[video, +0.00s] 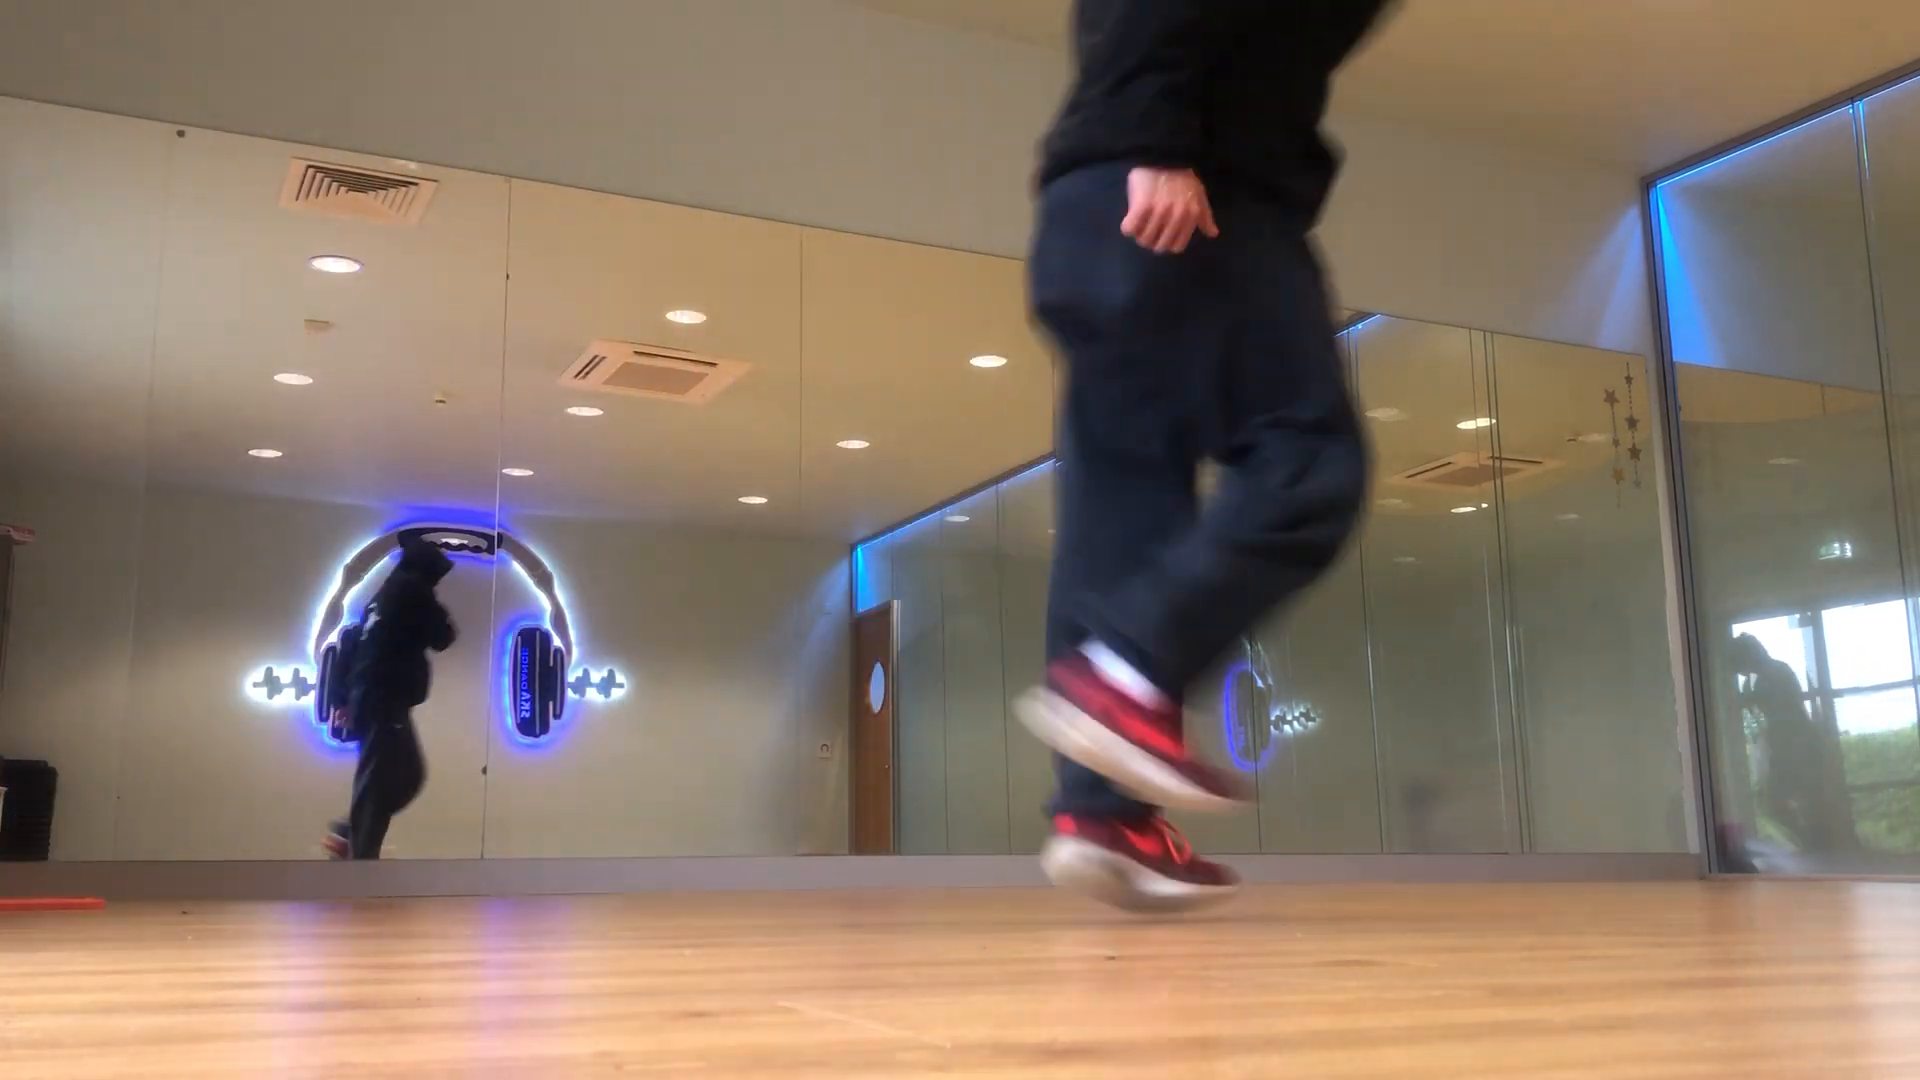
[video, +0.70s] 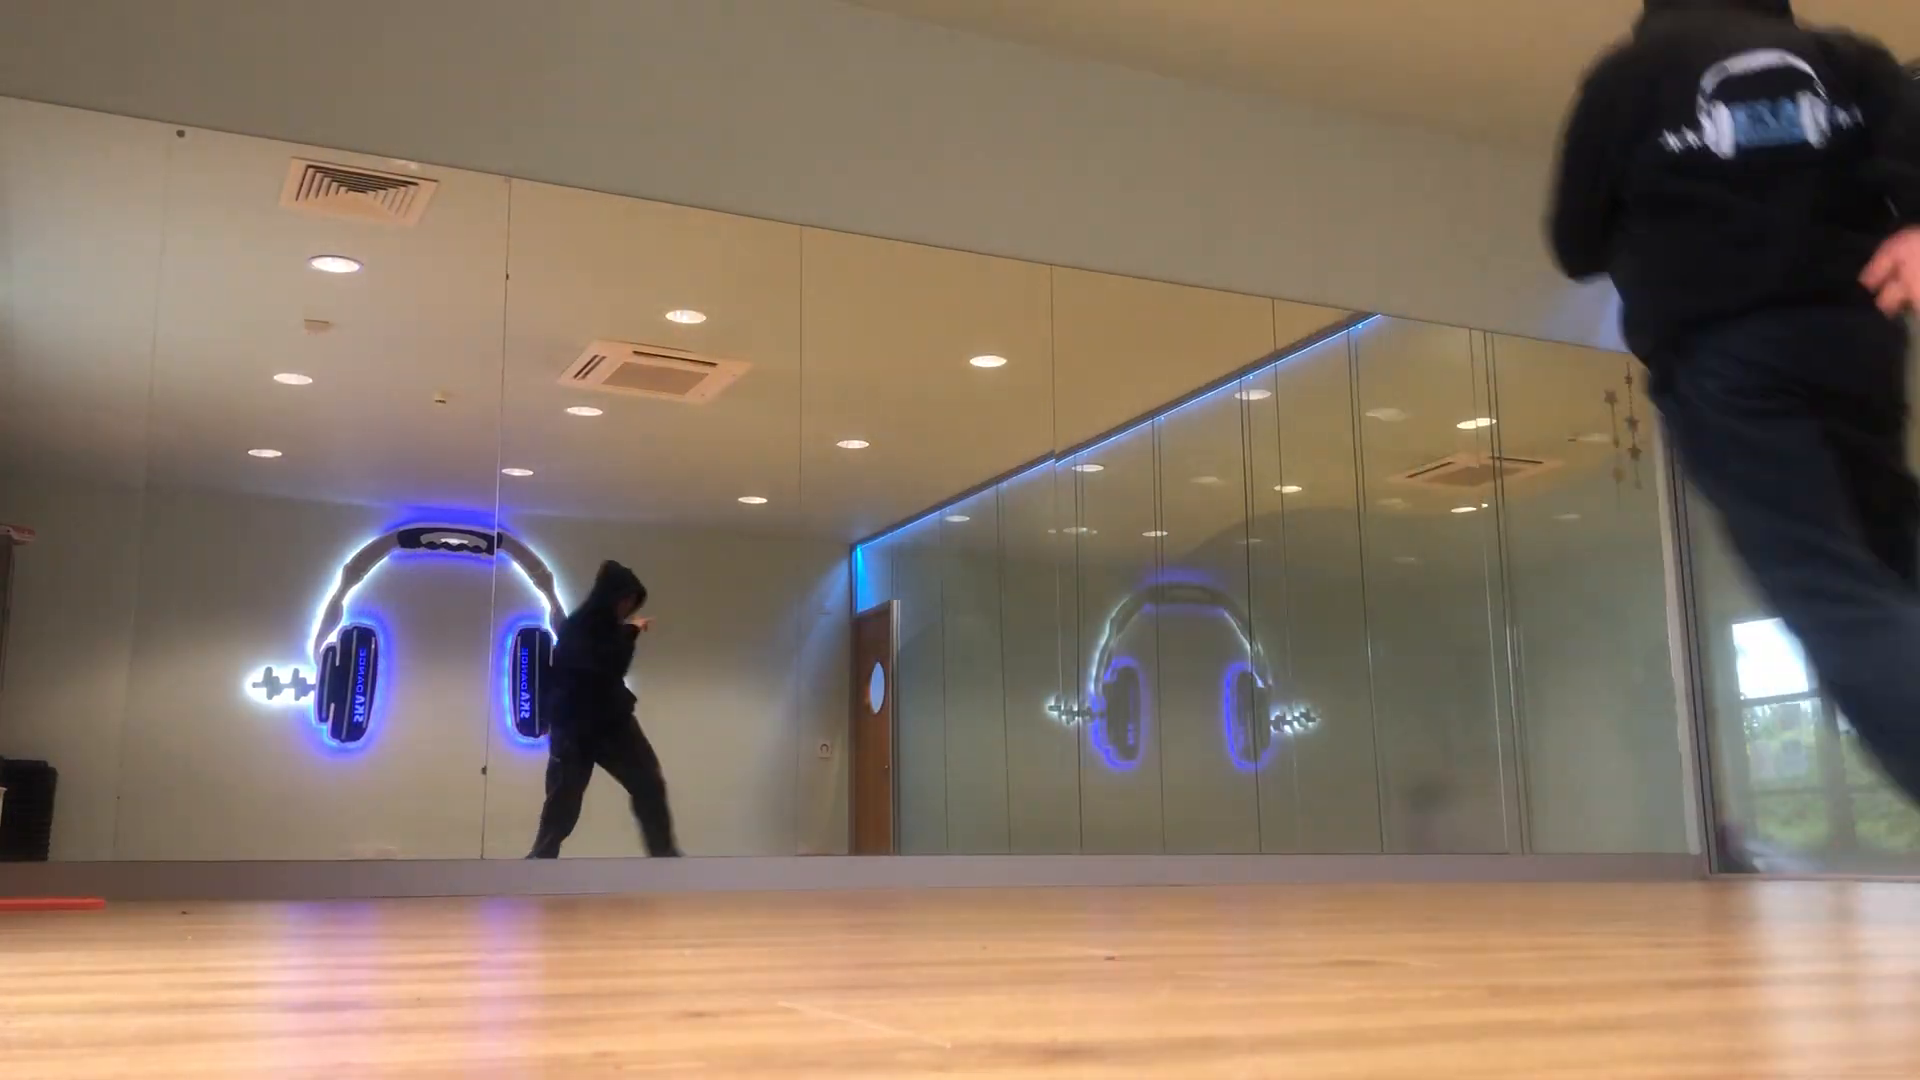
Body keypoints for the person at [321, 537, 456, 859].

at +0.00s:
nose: (440, 581)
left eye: (440, 575)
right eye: (438, 574)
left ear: (409, 563)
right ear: (426, 569)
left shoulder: (396, 590)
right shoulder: (411, 592)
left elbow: (362, 647)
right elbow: (443, 635)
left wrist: (343, 699)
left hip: (384, 698)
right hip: (384, 700)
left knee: (409, 774)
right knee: (380, 777)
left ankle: (350, 830)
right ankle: (364, 859)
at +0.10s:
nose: (470, 577)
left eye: (470, 571)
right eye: (468, 570)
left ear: (433, 562)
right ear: (458, 567)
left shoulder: (406, 596)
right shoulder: (449, 593)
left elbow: (378, 648)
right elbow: (487, 623)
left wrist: (377, 696)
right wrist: (526, 645)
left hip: (398, 697)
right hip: (418, 699)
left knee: (448, 773)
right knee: (408, 771)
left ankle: (443, 848)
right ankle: (364, 849)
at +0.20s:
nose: (498, 601)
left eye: (498, 595)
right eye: (497, 595)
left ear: (464, 586)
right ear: (491, 592)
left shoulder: (432, 618)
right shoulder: (480, 613)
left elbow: (403, 675)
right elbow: (520, 619)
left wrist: (418, 717)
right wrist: (553, 637)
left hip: (427, 722)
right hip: (449, 721)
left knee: (483, 787)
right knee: (419, 795)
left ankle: (521, 858)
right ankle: (376, 861)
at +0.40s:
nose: (577, 639)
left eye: (579, 632)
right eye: (577, 631)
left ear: (551, 617)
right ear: (568, 625)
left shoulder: (548, 652)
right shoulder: (540, 641)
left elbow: (550, 697)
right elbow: (497, 649)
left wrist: (583, 674)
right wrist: (468, 681)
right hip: (506, 739)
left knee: (548, 807)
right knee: (555, 800)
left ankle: (553, 881)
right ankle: (488, 839)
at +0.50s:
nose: (593, 613)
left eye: (595, 607)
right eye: (592, 606)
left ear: (571, 597)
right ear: (580, 601)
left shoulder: (562, 628)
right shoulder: (548, 625)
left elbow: (579, 676)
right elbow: (517, 667)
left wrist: (609, 713)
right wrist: (508, 705)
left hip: (554, 724)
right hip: (534, 725)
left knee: (585, 788)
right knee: (576, 789)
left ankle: (565, 866)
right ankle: (521, 843)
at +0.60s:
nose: (611, 601)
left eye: (614, 595)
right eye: (609, 594)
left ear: (589, 586)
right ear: (595, 589)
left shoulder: (587, 618)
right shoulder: (560, 618)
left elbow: (578, 671)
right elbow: (561, 680)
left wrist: (600, 686)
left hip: (591, 713)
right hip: (561, 717)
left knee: (619, 779)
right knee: (569, 789)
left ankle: (604, 854)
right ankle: (529, 850)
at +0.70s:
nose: (630, 611)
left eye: (632, 605)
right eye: (630, 603)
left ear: (603, 592)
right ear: (619, 597)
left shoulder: (575, 623)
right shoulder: (606, 626)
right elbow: (611, 669)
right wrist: (629, 633)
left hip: (571, 722)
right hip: (605, 721)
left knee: (563, 797)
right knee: (647, 783)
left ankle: (540, 860)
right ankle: (664, 855)